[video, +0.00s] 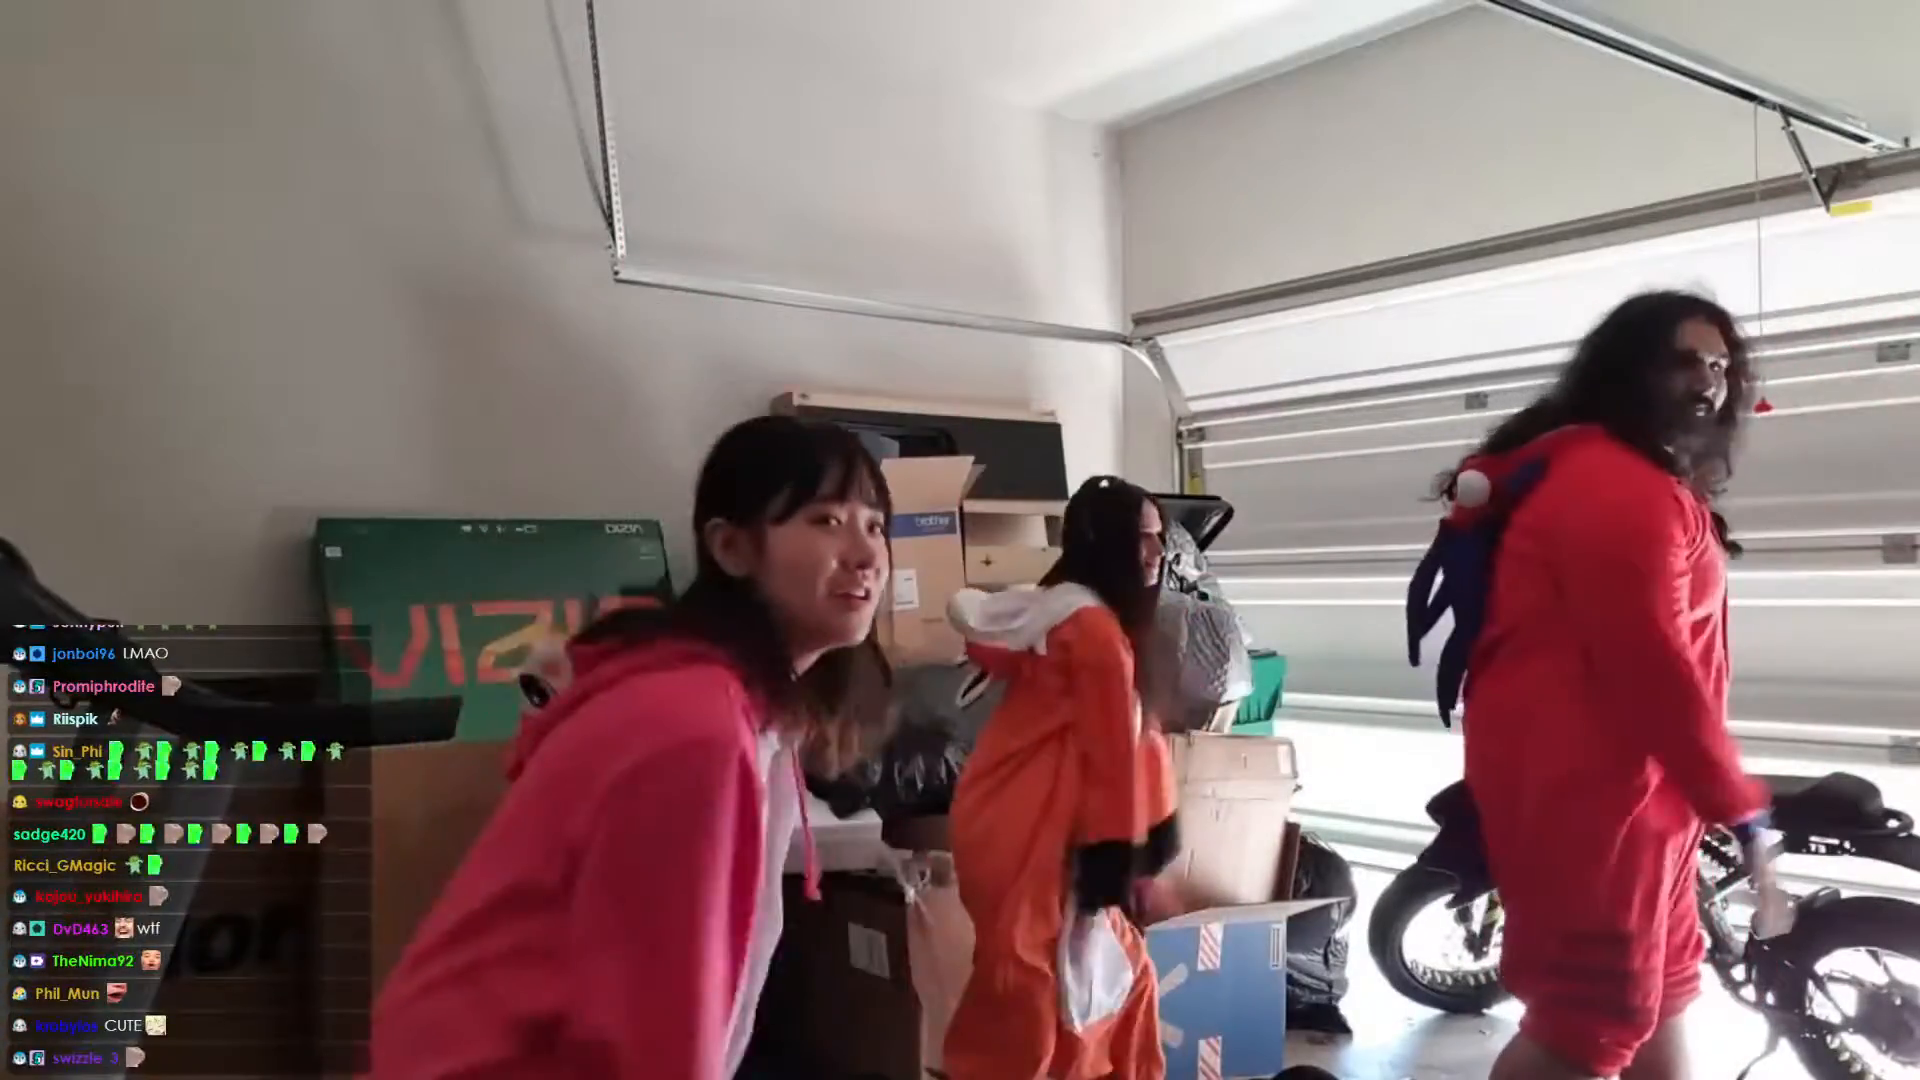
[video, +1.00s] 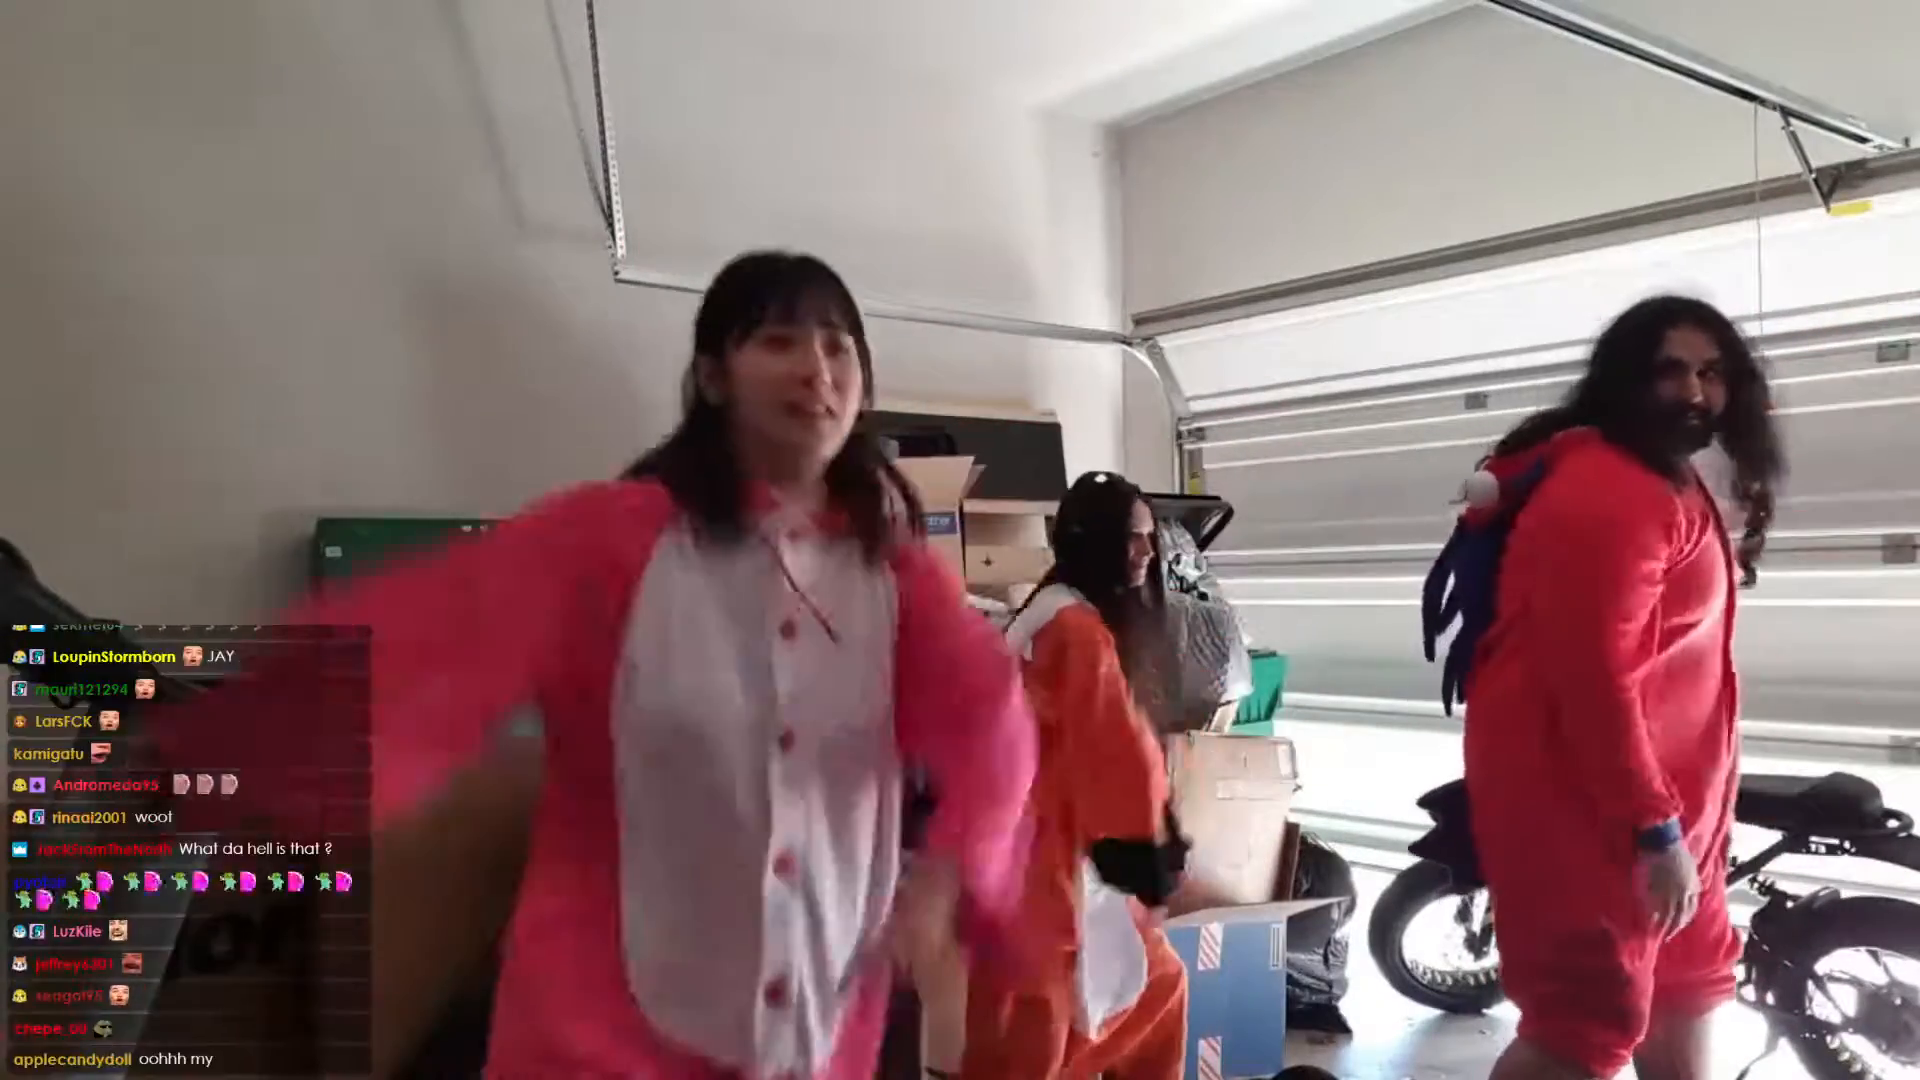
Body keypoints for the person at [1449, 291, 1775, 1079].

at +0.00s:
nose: (1709, 383)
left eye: (1721, 367)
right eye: (1686, 361)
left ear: (1734, 386)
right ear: (1632, 370)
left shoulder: (1648, 480)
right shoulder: (1613, 486)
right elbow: (1651, 668)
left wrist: (1705, 792)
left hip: (1628, 779)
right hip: (1579, 786)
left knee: (1662, 989)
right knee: (1591, 1022)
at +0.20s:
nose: (1654, 374)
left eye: (1665, 356)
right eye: (1628, 354)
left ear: (1679, 370)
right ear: (1580, 366)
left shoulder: (1637, 474)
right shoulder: (1579, 479)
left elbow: (1697, 607)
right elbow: (1678, 634)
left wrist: (1781, 677)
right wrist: (1801, 744)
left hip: (1644, 793)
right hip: (1575, 803)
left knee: (1656, 992)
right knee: (1578, 1016)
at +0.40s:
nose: (1626, 392)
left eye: (1641, 372)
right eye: (1597, 375)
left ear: (1659, 382)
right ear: (1550, 391)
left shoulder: (1617, 476)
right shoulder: (1547, 484)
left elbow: (1712, 477)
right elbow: (1754, 495)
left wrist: (1801, 393)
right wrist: (1894, 375)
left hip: (1666, 793)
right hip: (1586, 809)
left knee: (1707, 984)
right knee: (1599, 1025)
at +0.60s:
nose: (1640, 381)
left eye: (1654, 363)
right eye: (1612, 364)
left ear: (1676, 379)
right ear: (1564, 379)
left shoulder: (1642, 473)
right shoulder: (1560, 479)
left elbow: (1736, 465)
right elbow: (1763, 480)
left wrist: (1808, 353)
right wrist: (1848, 331)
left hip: (1673, 791)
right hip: (1595, 806)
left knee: (1704, 992)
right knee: (1611, 1023)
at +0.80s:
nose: (1653, 376)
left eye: (1669, 357)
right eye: (1626, 358)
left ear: (1691, 373)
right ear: (1582, 375)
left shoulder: (1657, 476)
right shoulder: (1587, 481)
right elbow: (1701, 622)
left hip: (1658, 788)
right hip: (1585, 794)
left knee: (1665, 995)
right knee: (1582, 1016)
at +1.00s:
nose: (1695, 391)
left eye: (1713, 373)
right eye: (1670, 371)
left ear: (1730, 389)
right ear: (1627, 380)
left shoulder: (1675, 485)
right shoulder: (1603, 491)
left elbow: (1664, 667)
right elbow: (1592, 675)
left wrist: (1691, 812)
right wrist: (1655, 828)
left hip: (1662, 798)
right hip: (1578, 807)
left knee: (1689, 984)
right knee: (1586, 1027)